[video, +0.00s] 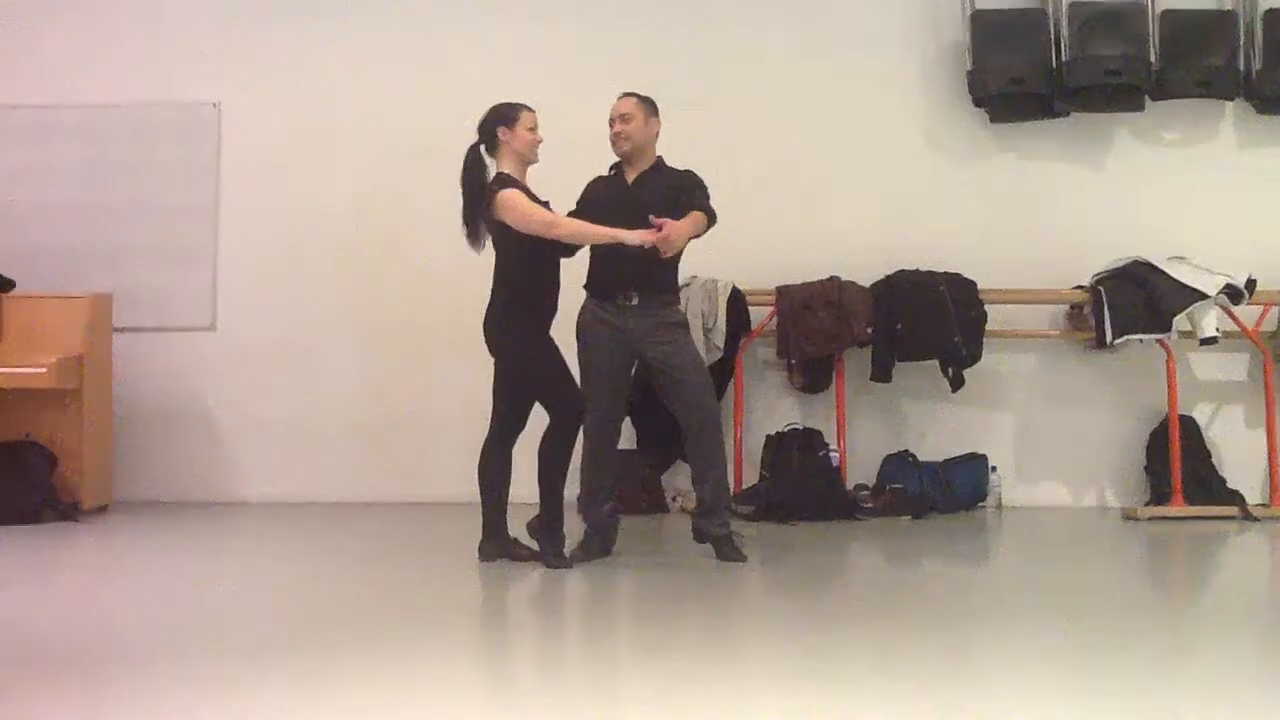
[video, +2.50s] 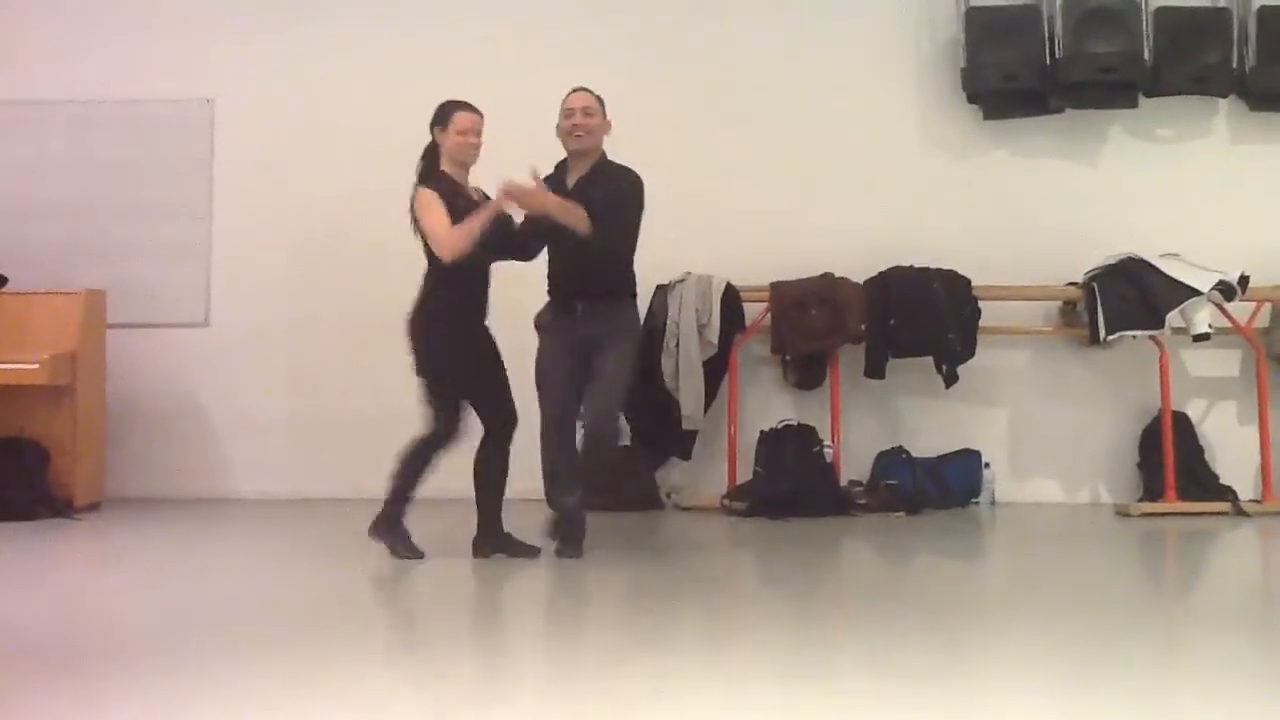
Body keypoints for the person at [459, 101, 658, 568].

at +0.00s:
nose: (540, 137)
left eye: (538, 129)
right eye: (532, 129)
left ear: (510, 136)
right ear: (504, 135)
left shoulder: (518, 192)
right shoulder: (505, 195)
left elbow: (554, 245)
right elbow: (559, 231)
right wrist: (627, 235)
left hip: (524, 324)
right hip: (517, 327)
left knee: (504, 428)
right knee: (568, 410)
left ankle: (494, 536)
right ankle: (550, 523)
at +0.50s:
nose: (539, 138)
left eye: (537, 130)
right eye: (531, 130)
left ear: (510, 137)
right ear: (503, 136)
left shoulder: (518, 193)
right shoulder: (502, 196)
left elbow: (559, 245)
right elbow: (556, 232)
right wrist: (623, 235)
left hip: (524, 325)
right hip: (515, 327)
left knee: (503, 430)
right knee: (568, 410)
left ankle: (494, 536)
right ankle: (549, 522)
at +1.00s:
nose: (534, 136)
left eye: (533, 129)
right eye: (526, 129)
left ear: (506, 136)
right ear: (498, 135)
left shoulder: (516, 191)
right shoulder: (498, 194)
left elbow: (555, 235)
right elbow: (545, 234)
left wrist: (614, 236)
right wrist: (615, 242)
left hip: (522, 323)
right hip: (512, 326)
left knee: (502, 429)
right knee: (565, 409)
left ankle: (493, 535)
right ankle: (547, 521)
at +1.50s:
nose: (534, 133)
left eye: (534, 126)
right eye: (525, 126)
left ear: (519, 135)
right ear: (496, 132)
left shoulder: (524, 186)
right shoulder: (500, 189)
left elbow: (567, 241)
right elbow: (559, 223)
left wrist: (589, 217)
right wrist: (625, 221)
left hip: (527, 319)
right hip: (513, 322)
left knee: (506, 425)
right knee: (567, 404)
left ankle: (496, 531)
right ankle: (550, 517)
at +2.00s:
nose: (521, 135)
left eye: (522, 127)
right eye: (514, 126)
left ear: (496, 131)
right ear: (485, 128)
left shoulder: (503, 182)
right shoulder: (489, 184)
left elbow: (559, 188)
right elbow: (559, 186)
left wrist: (617, 159)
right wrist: (620, 161)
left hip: (507, 316)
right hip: (504, 320)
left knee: (499, 422)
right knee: (561, 405)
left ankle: (490, 530)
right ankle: (545, 518)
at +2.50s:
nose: (474, 141)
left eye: (478, 134)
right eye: (465, 133)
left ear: (481, 141)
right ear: (439, 136)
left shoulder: (475, 196)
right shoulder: (429, 193)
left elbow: (512, 246)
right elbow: (447, 248)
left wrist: (537, 209)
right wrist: (495, 209)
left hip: (470, 325)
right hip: (437, 325)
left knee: (501, 421)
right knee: (446, 426)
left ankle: (489, 532)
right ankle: (389, 518)